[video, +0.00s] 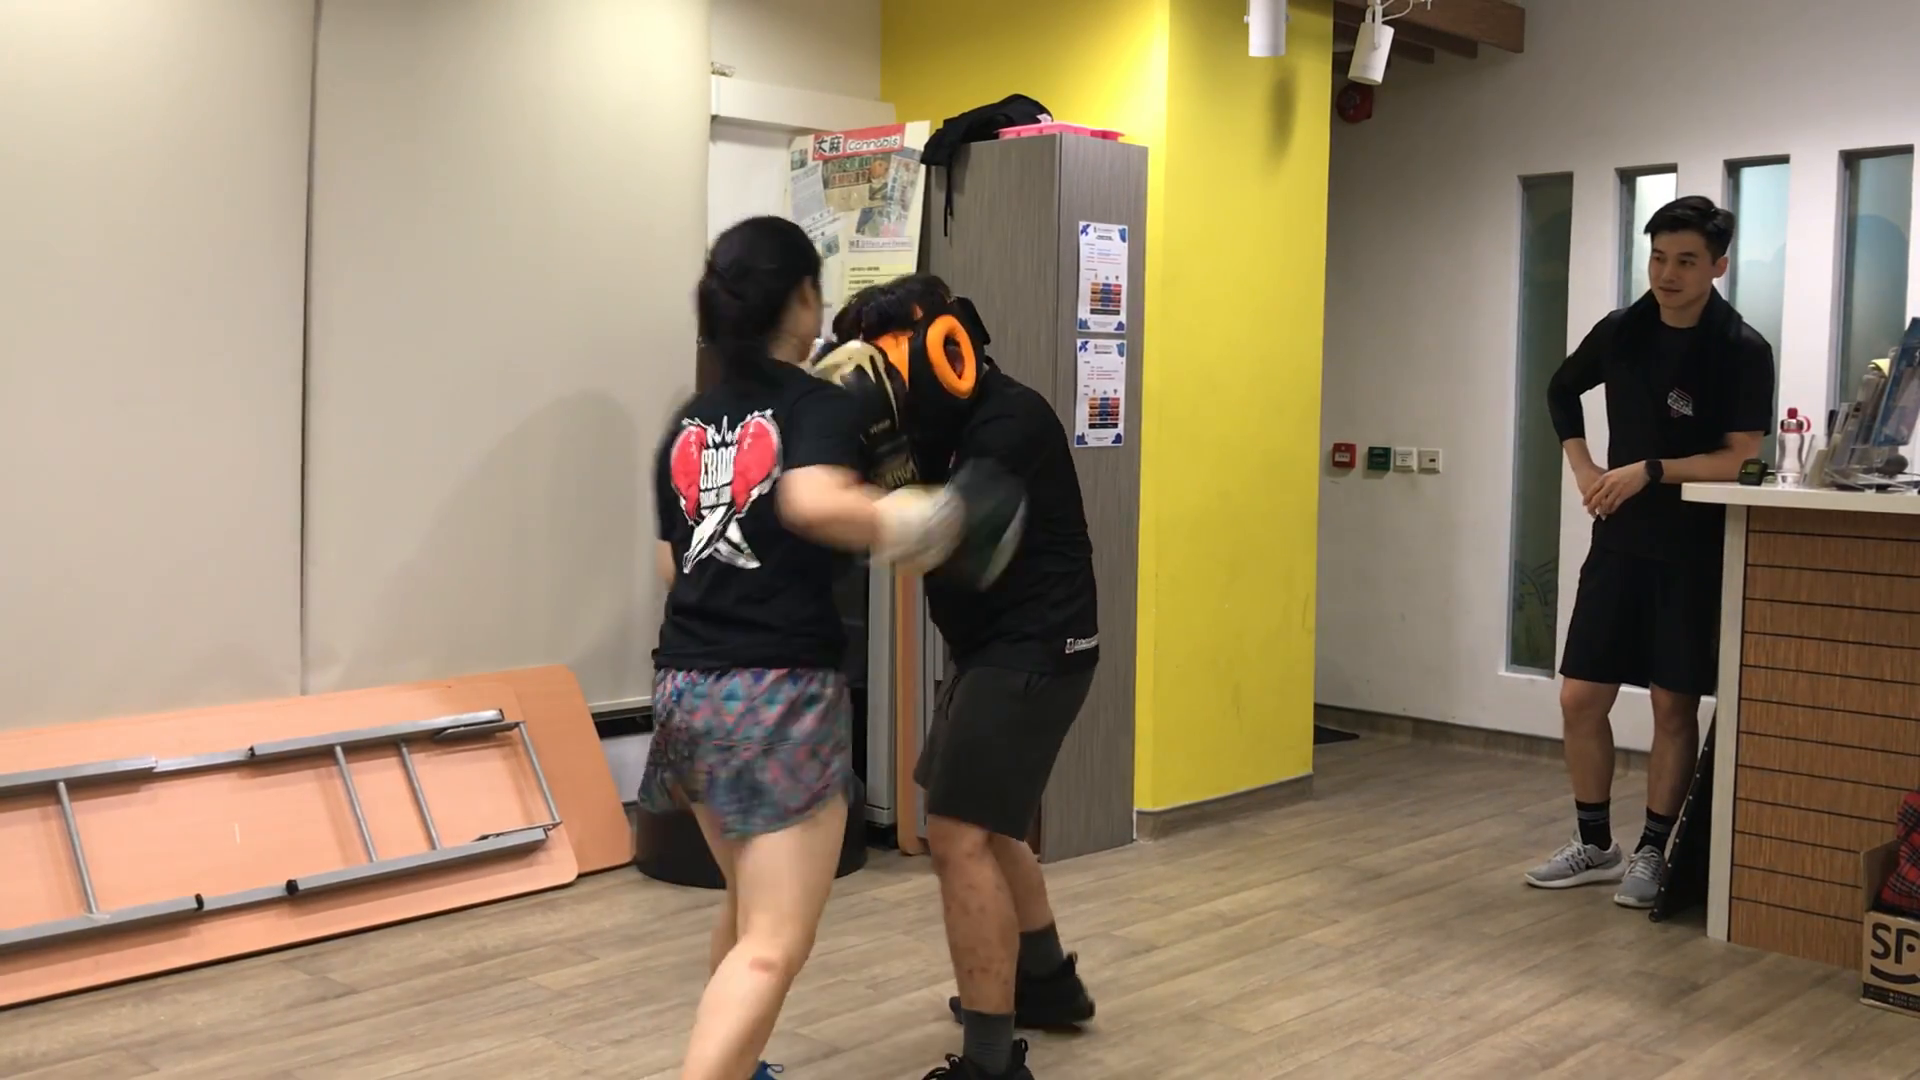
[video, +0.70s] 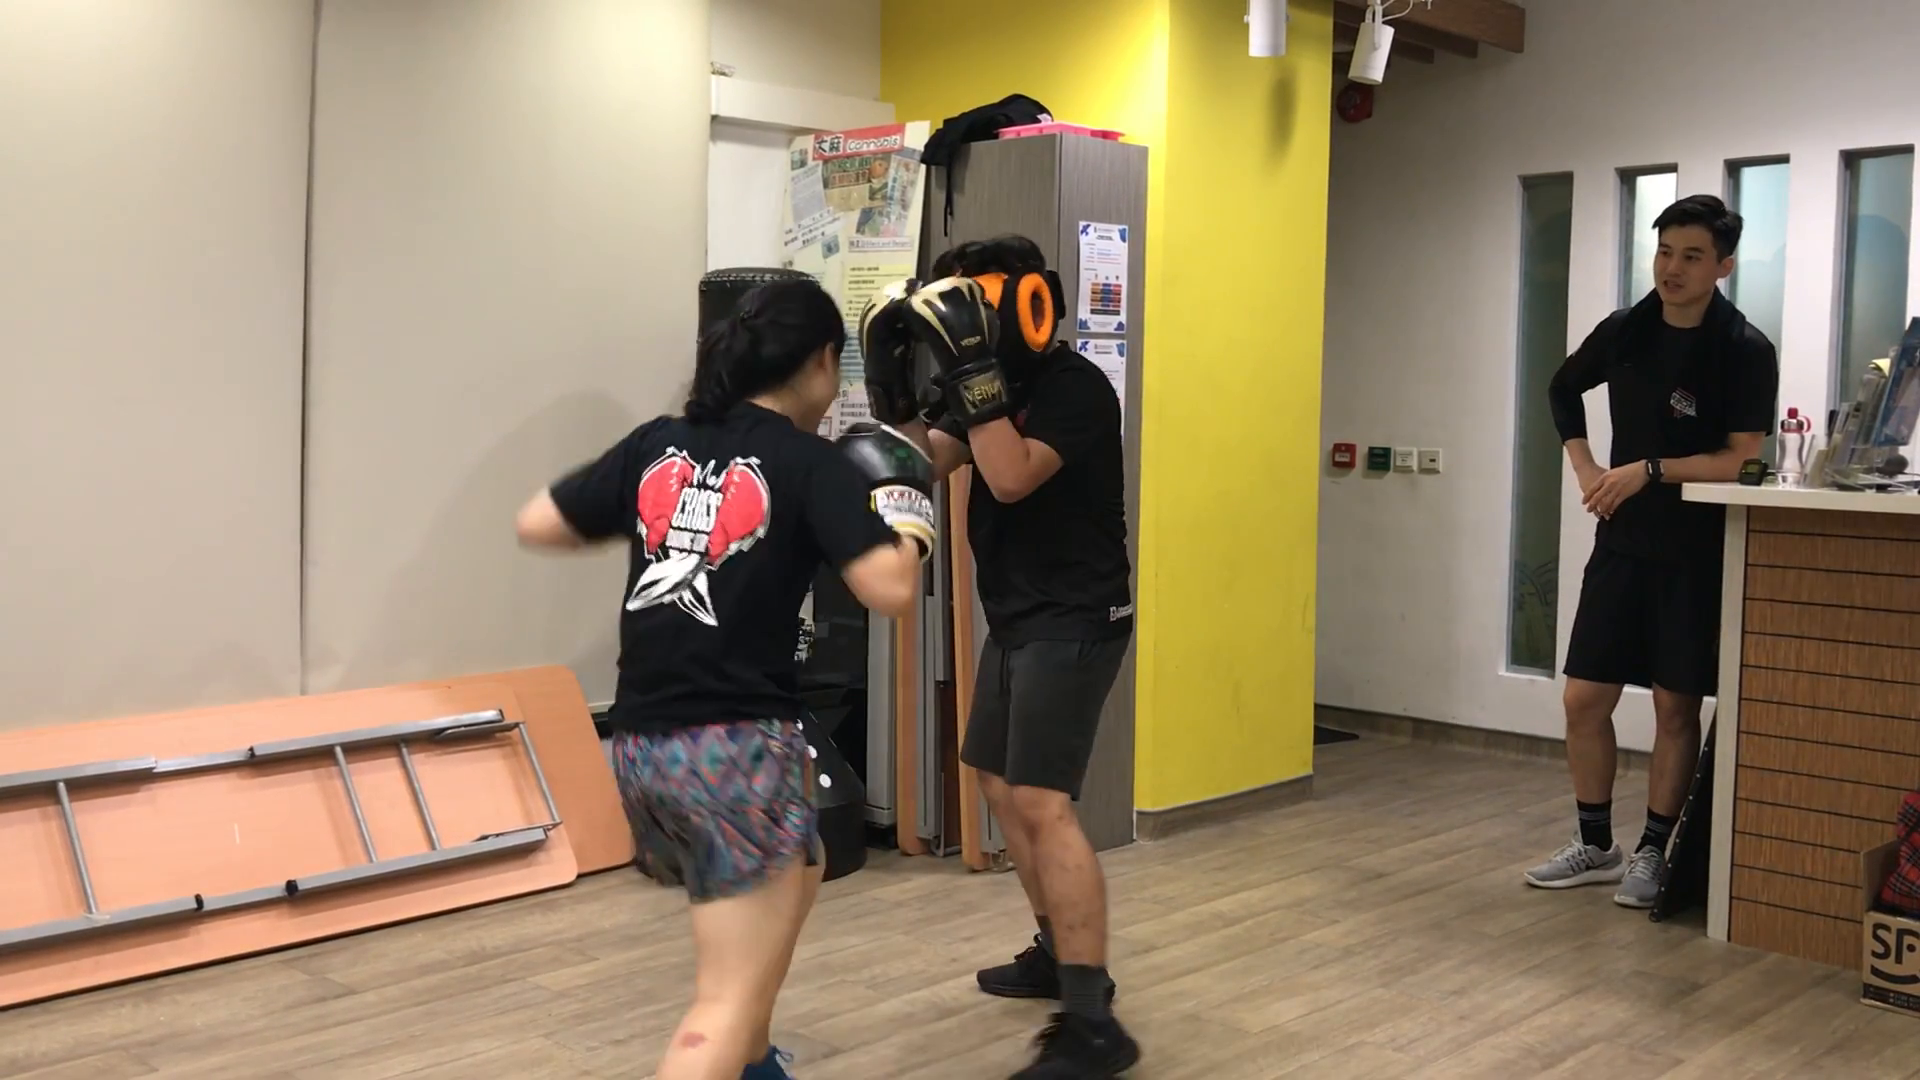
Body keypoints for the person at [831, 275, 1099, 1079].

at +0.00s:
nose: (875, 386)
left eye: (881, 366)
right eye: (869, 369)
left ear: (931, 353)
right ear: (939, 350)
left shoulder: (1010, 420)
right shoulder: (948, 425)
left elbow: (957, 545)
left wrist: (884, 472)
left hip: (1037, 649)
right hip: (997, 646)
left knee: (955, 832)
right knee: (989, 820)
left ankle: (988, 1056)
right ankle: (1046, 980)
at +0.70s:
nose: (964, 322)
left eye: (974, 304)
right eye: (957, 307)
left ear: (1022, 303)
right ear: (983, 315)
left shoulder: (1074, 385)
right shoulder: (997, 389)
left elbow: (1012, 476)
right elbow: (933, 456)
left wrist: (974, 372)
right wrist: (901, 378)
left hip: (1072, 623)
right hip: (1013, 623)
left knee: (1040, 802)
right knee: (995, 779)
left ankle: (1092, 1021)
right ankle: (1057, 949)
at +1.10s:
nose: (1017, 414)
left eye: (1029, 398)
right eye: (1009, 401)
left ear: (1075, 390)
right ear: (1004, 403)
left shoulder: (1134, 446)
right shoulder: (1011, 436)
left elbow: (1087, 557)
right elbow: (912, 493)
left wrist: (1056, 453)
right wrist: (941, 415)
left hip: (1130, 651)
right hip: (1047, 640)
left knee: (1099, 821)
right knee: (987, 778)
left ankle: (1149, 1040)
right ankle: (1071, 913)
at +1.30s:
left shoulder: (1137, 490)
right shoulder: (996, 486)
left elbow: (1129, 626)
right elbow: (961, 604)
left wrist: (1091, 531)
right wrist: (932, 529)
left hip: (1152, 667)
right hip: (1064, 660)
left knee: (1112, 819)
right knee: (990, 804)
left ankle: (1151, 1042)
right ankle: (1075, 909)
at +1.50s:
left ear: (994, 552)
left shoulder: (1085, 556)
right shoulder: (1000, 562)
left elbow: (1053, 688)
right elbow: (955, 657)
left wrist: (977, 608)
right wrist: (902, 604)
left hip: (1176, 691)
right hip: (1085, 693)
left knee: (1103, 817)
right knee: (997, 800)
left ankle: (1153, 1038)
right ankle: (1089, 927)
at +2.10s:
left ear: (1028, 535)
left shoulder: (1140, 544)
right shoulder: (1053, 531)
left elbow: (1085, 682)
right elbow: (983, 632)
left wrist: (1011, 590)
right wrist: (947, 584)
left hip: (1211, 722)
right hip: (1148, 712)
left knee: (1064, 866)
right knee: (1100, 823)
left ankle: (1157, 1068)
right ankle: (1079, 929)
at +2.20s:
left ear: (1051, 473)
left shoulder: (1157, 512)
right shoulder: (1087, 496)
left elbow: (1078, 636)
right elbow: (1018, 589)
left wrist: (1010, 523)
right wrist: (973, 510)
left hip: (1234, 708)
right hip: (1176, 701)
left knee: (1077, 873)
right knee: (1143, 830)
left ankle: (1159, 1068)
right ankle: (1168, 967)